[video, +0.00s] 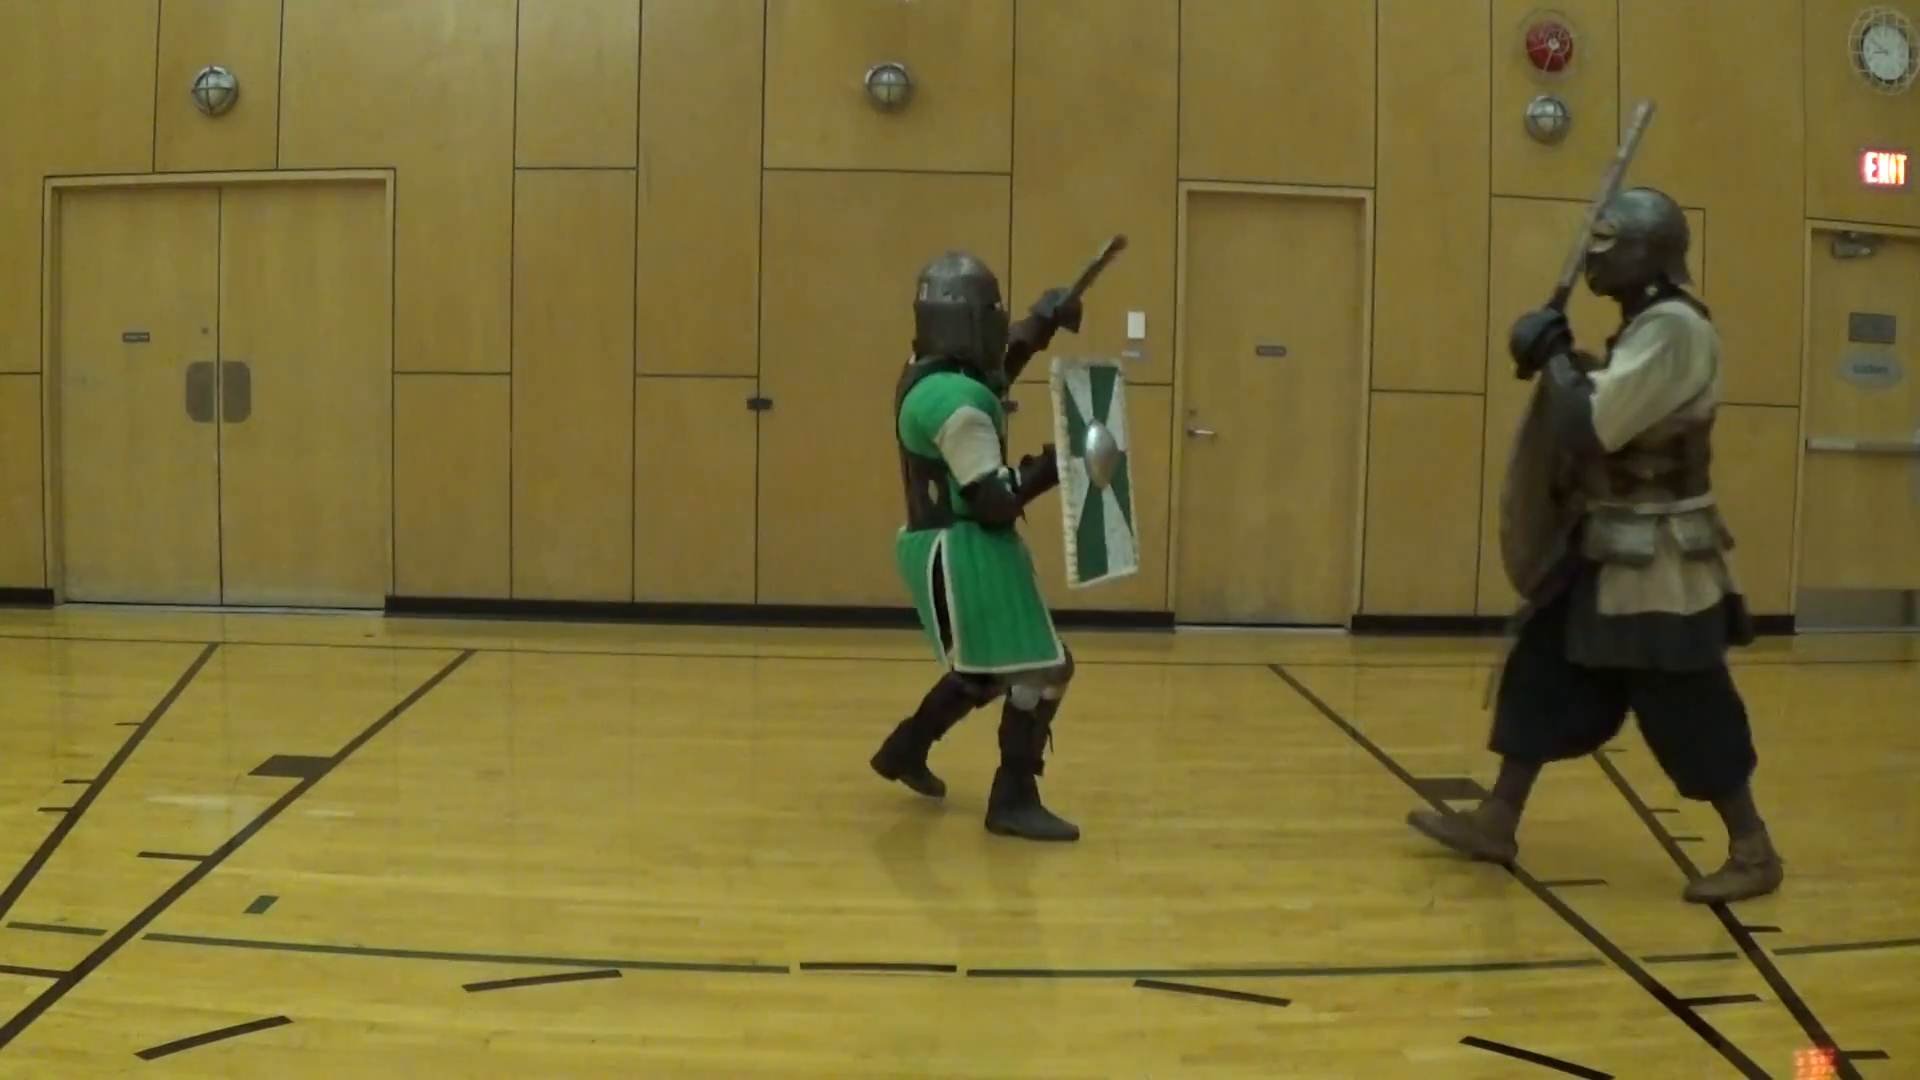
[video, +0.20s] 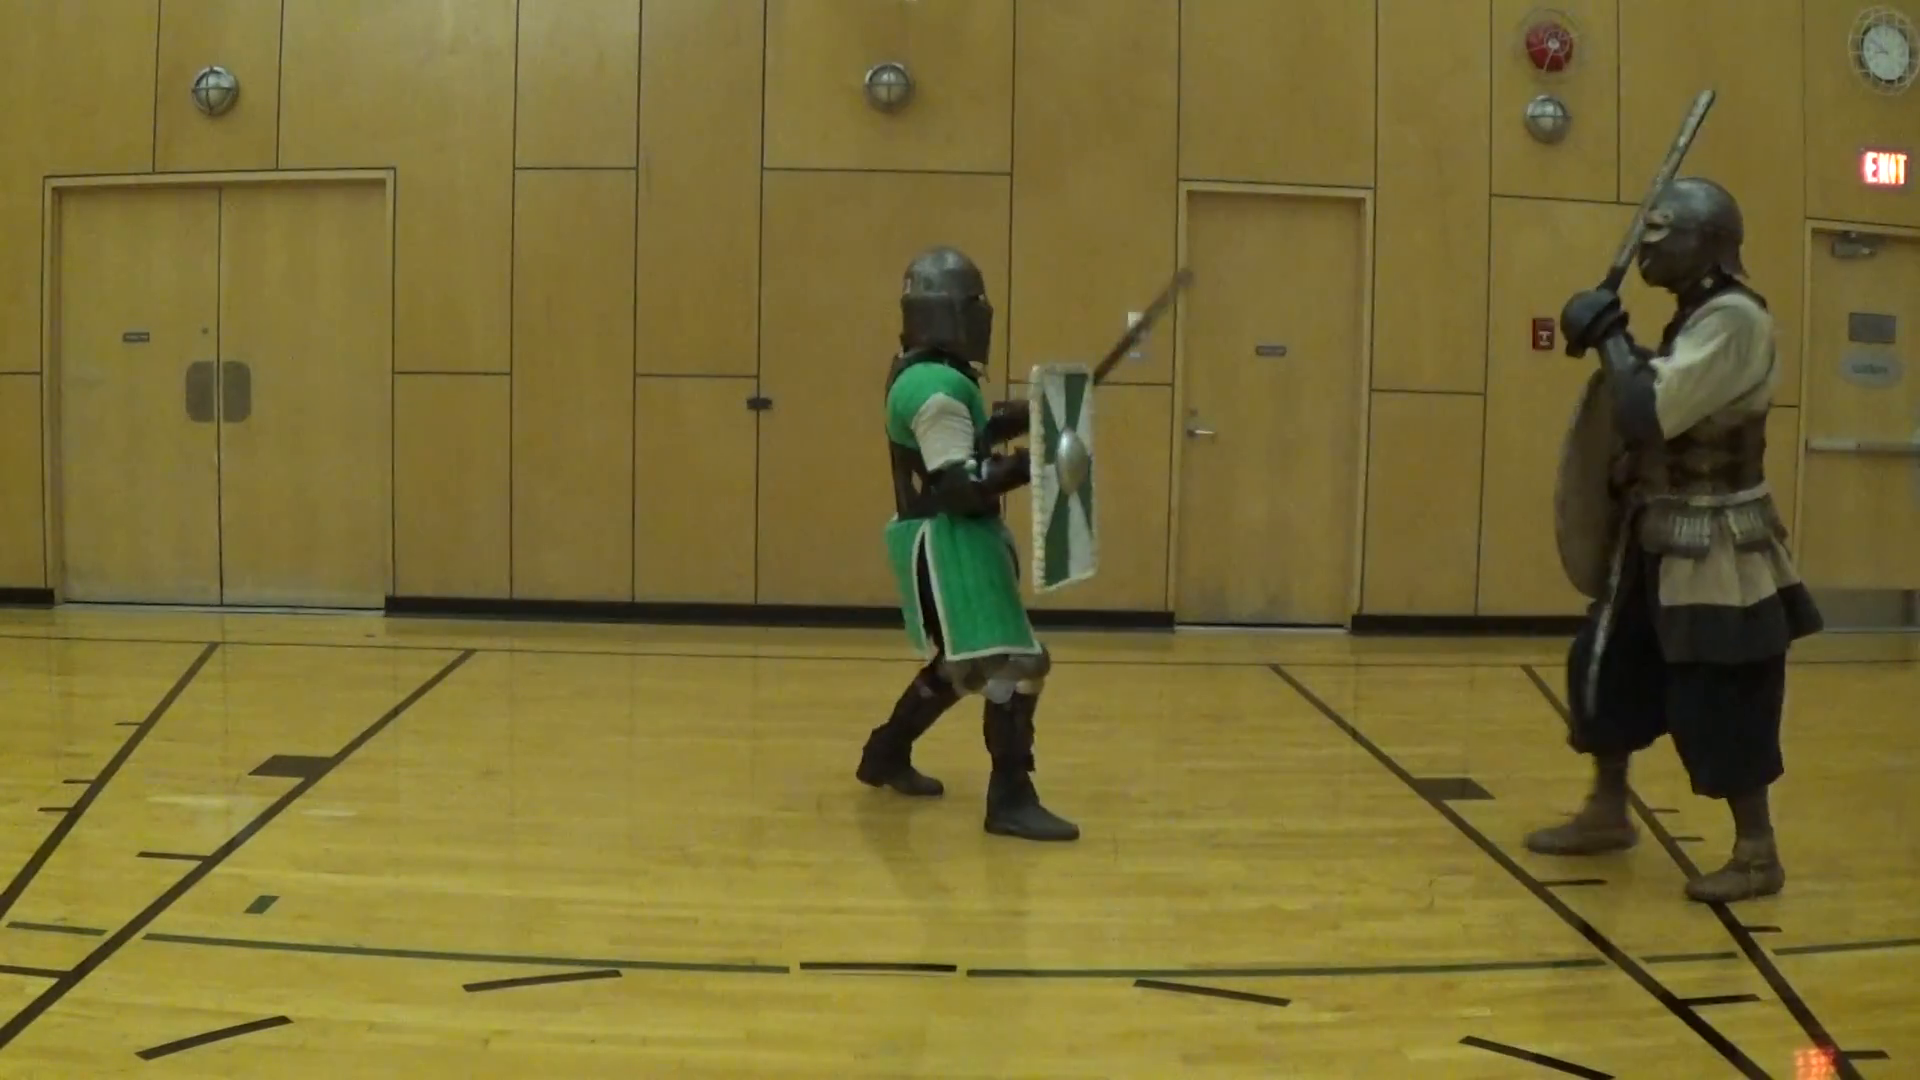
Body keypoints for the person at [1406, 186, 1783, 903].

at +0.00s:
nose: (1592, 254)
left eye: (1608, 242)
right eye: (1595, 240)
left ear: (1652, 254)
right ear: (1645, 256)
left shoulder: (1674, 328)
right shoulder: (1644, 327)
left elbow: (1597, 422)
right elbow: (1600, 407)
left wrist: (1554, 356)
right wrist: (1559, 358)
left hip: (1659, 559)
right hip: (1609, 553)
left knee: (1691, 703)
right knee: (1541, 672)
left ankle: (1753, 852)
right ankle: (1495, 823)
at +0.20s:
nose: (1644, 241)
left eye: (1660, 230)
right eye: (1646, 229)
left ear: (1709, 243)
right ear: (1694, 245)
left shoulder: (1734, 320)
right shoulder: (1693, 318)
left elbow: (1648, 412)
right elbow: (1649, 401)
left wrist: (1612, 336)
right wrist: (1608, 336)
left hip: (1720, 546)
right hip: (1661, 541)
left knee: (1727, 697)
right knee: (1609, 667)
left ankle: (1756, 852)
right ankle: (1608, 809)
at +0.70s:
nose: (1679, 237)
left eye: (1694, 227)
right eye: (1679, 226)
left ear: (1736, 240)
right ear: (1695, 238)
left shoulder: (1754, 300)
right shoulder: (1705, 301)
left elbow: (1744, 379)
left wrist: (1678, 292)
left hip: (1736, 533)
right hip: (1685, 530)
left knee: (1751, 689)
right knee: (1677, 674)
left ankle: (1759, 855)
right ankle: (1674, 814)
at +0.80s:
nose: (1668, 239)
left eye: (1683, 228)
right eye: (1671, 227)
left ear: (1721, 243)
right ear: (1698, 242)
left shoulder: (1745, 302)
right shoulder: (1697, 314)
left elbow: (1765, 389)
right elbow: (1685, 426)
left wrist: (1696, 304)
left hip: (1728, 539)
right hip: (1680, 536)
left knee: (1743, 688)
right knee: (1674, 674)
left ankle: (1758, 852)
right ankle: (1674, 814)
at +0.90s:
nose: (1658, 250)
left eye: (1672, 237)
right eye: (1659, 236)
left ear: (1715, 245)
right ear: (1699, 249)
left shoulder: (1739, 305)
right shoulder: (1689, 321)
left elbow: (1768, 396)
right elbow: (1677, 429)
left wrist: (1711, 310)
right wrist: (1631, 404)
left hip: (1718, 543)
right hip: (1675, 540)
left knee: (1722, 689)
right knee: (1669, 677)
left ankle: (1754, 852)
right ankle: (1674, 814)